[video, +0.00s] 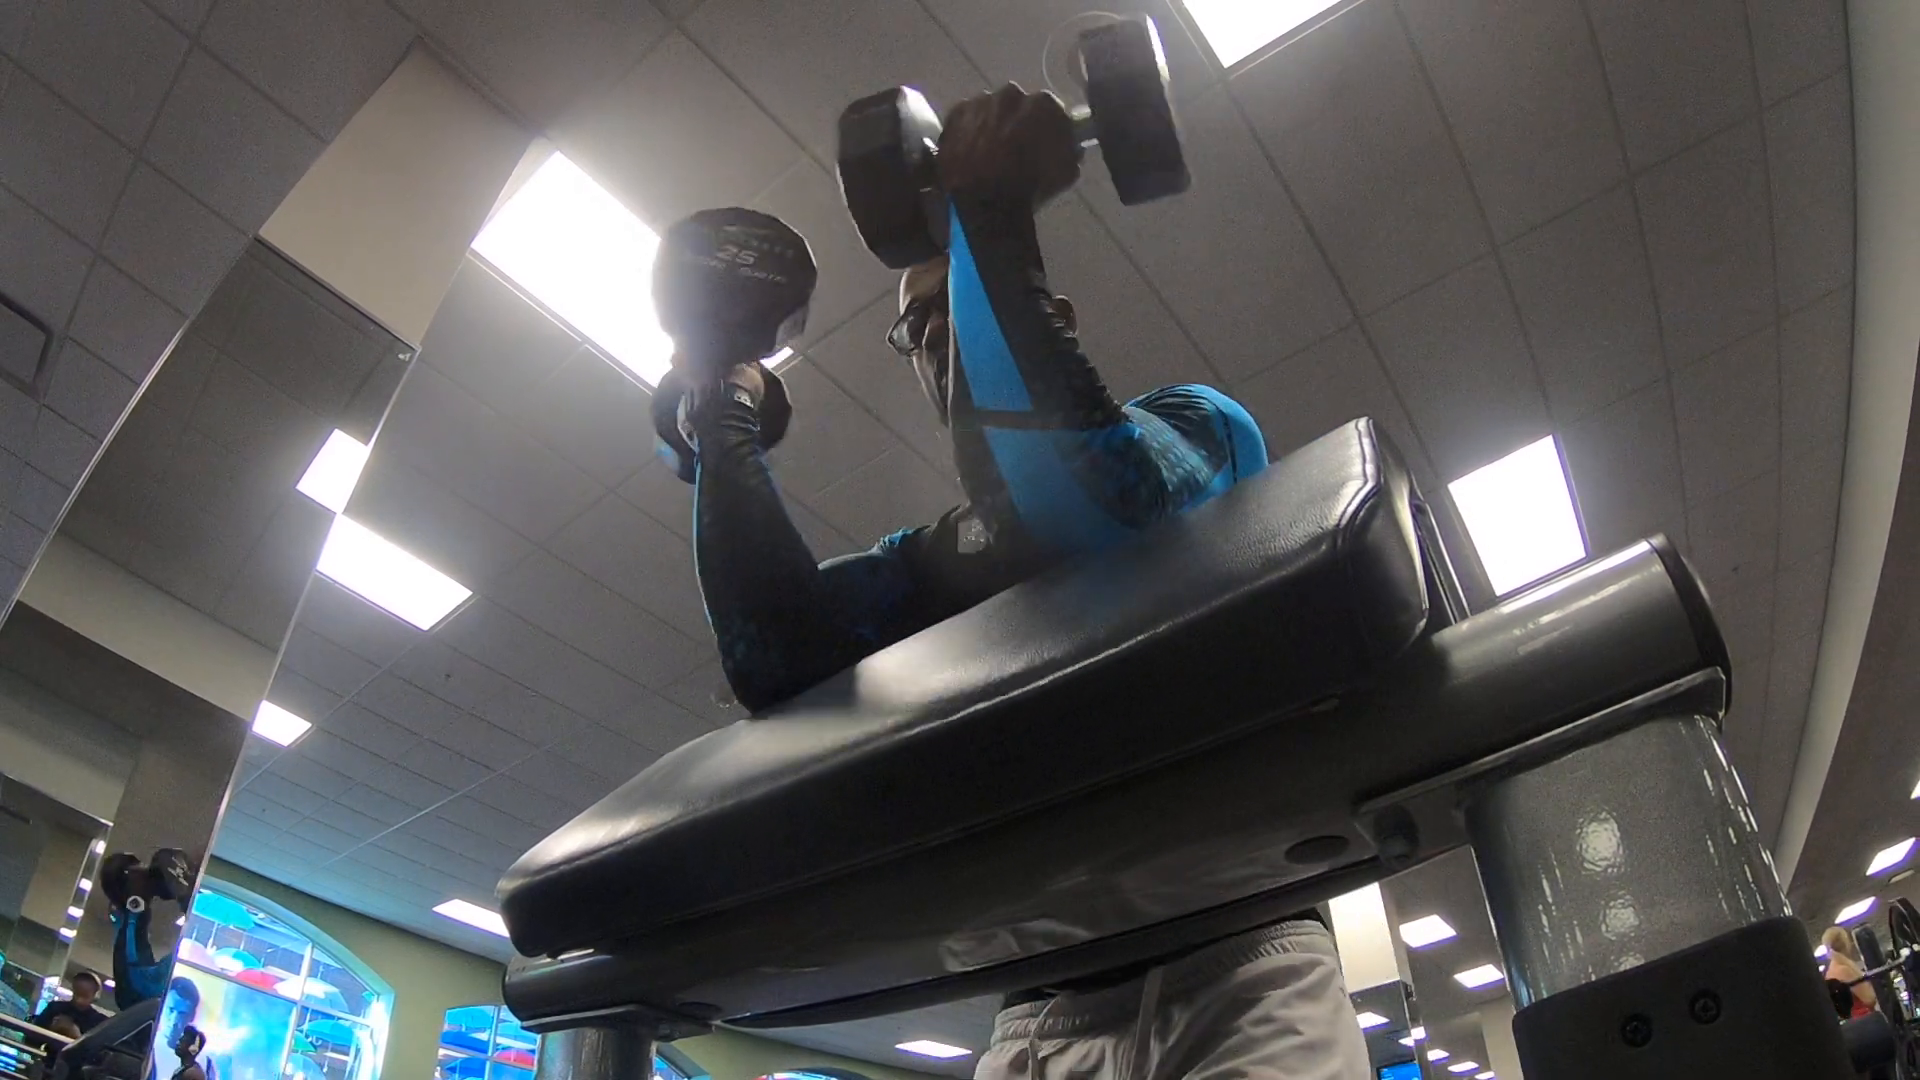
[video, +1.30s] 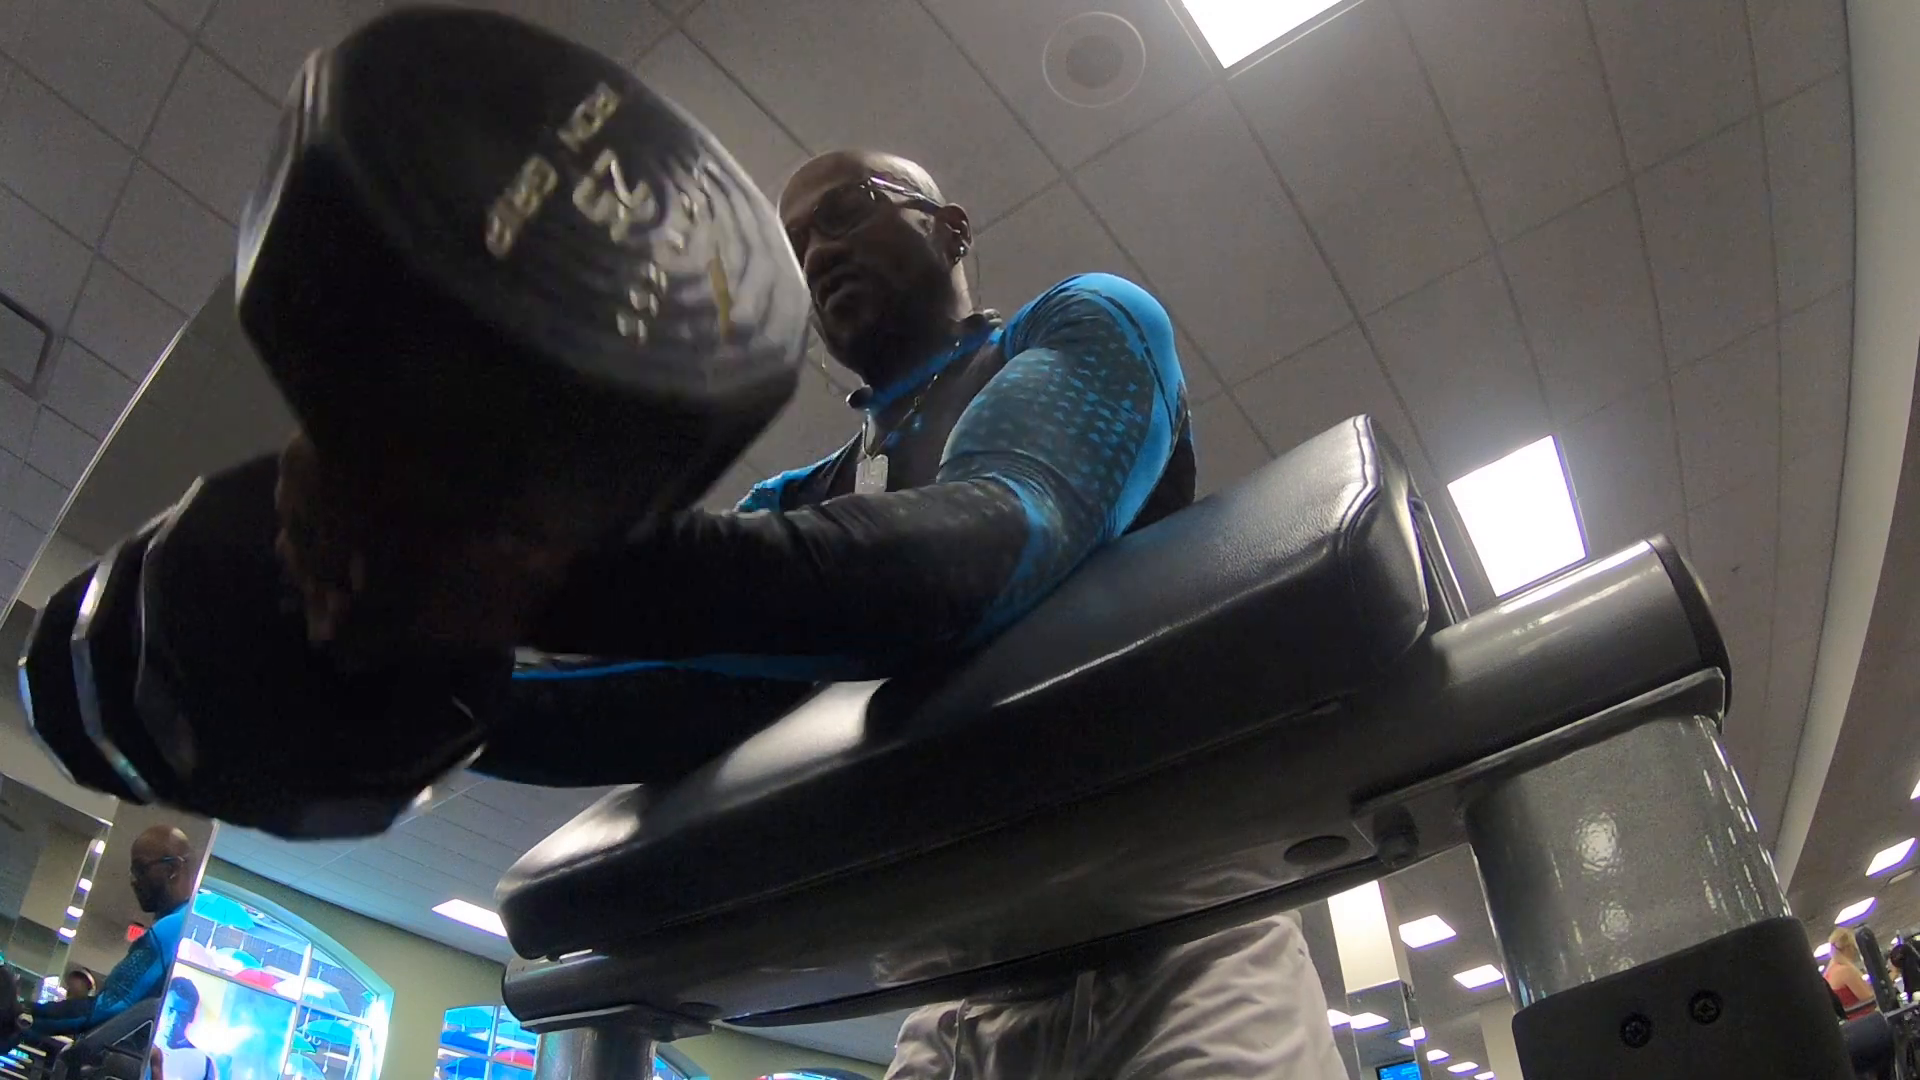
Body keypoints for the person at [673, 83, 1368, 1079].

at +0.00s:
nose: (956, 345)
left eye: (971, 311)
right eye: (925, 328)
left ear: (1052, 319)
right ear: (913, 366)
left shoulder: (1192, 429)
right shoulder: (938, 561)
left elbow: (1075, 501)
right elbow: (773, 662)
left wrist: (991, 220)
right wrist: (717, 409)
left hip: (1252, 956)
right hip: (1050, 1006)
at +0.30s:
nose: (918, 299)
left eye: (952, 267)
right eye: (894, 291)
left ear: (1031, 306)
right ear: (871, 354)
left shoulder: (1165, 408)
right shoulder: (886, 562)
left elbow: (1015, 536)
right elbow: (738, 683)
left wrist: (869, 188)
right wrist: (615, 378)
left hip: (1237, 969)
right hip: (1028, 1020)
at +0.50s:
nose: (852, 275)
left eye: (888, 239)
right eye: (823, 265)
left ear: (978, 270)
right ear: (807, 322)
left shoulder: (1120, 369)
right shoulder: (838, 538)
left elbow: (1016, 538)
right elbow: (719, 692)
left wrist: (744, 191)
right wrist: (509, 428)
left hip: (1199, 960)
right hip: (964, 1021)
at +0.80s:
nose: (818, 267)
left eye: (850, 226)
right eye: (799, 263)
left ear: (955, 241)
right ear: (802, 314)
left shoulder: (1099, 341)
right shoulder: (823, 505)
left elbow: (1034, 541)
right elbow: (715, 682)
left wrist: (640, 259)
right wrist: (407, 484)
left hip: (1211, 940)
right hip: (971, 1001)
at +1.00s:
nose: (815, 261)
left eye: (849, 224)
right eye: (799, 258)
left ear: (956, 237)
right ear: (812, 310)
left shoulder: (1101, 329)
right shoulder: (822, 495)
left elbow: (1019, 541)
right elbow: (701, 696)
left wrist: (589, 328)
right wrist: (374, 560)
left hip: (1206, 939)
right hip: (974, 998)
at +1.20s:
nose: (816, 261)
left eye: (848, 223)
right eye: (799, 258)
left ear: (955, 230)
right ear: (808, 315)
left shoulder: (1097, 328)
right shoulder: (826, 508)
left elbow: (985, 557)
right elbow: (699, 697)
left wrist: (554, 457)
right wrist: (399, 664)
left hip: (1194, 948)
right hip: (960, 1004)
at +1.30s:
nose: (817, 261)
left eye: (848, 218)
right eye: (795, 253)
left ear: (952, 225)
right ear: (798, 308)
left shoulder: (1091, 322)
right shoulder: (809, 511)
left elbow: (968, 570)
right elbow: (672, 717)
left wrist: (558, 561)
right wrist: (430, 683)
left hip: (1186, 942)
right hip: (954, 1002)